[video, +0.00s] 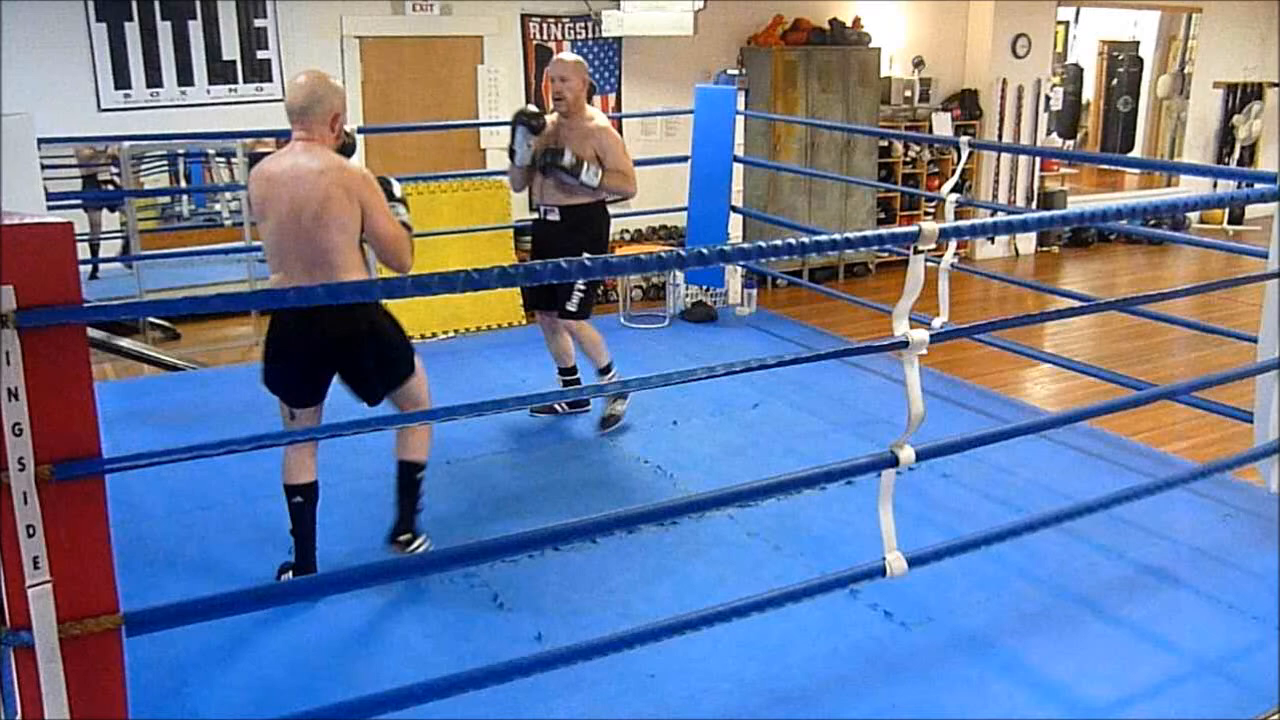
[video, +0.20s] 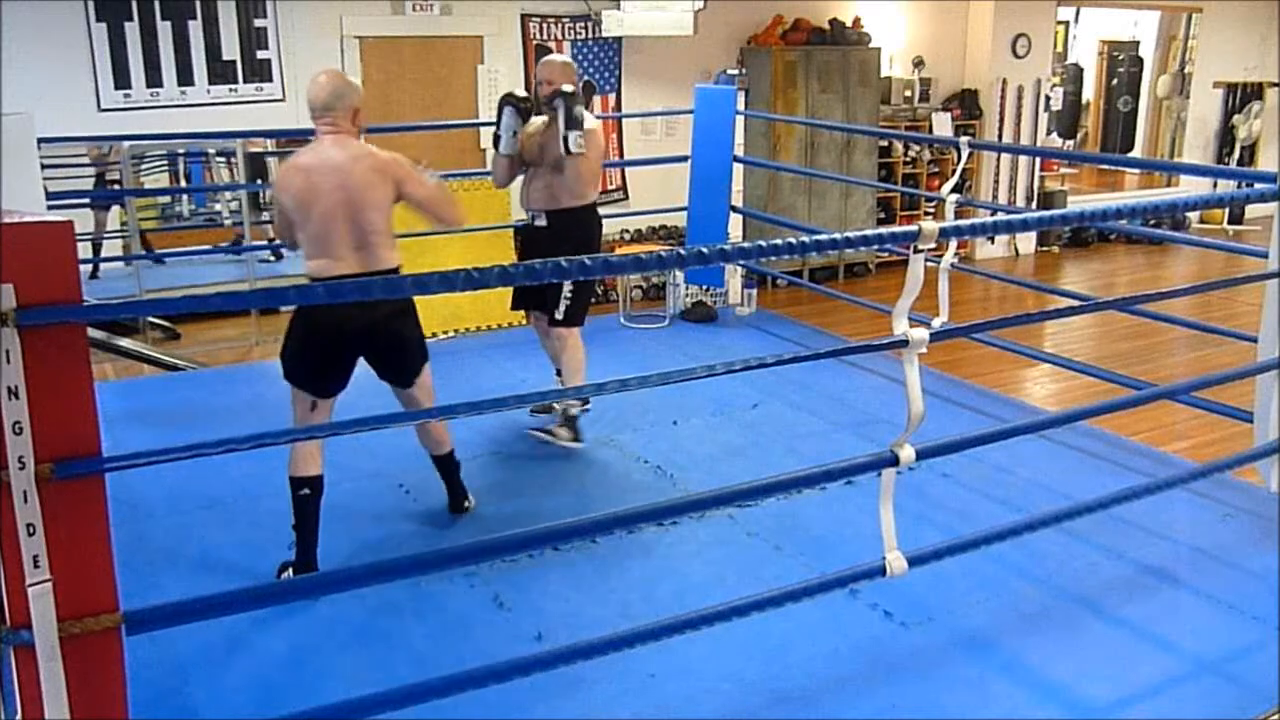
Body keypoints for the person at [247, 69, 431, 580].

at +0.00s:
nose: (346, 125)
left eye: (344, 118)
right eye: (343, 117)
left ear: (291, 119)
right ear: (333, 119)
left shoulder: (261, 176)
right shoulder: (352, 178)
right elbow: (400, 257)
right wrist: (392, 212)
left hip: (292, 329)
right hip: (357, 322)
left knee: (300, 436)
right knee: (416, 408)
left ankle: (303, 559)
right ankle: (405, 529)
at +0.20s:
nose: (361, 117)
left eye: (355, 111)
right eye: (361, 110)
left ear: (311, 115)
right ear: (356, 113)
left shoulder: (289, 171)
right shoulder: (384, 163)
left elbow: (286, 236)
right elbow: (452, 216)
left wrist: (326, 202)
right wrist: (427, 181)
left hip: (323, 313)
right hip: (388, 306)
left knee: (308, 430)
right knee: (424, 410)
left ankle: (305, 559)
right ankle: (458, 496)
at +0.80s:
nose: (360, 134)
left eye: (357, 127)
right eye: (358, 127)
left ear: (306, 134)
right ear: (349, 130)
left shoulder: (283, 188)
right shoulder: (378, 179)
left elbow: (280, 265)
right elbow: (428, 241)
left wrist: (317, 225)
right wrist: (414, 197)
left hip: (316, 322)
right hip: (380, 316)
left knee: (288, 435)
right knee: (419, 410)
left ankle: (288, 564)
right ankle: (461, 504)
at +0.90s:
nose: (343, 130)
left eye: (340, 124)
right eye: (342, 123)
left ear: (291, 126)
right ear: (334, 124)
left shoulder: (261, 178)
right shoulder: (356, 170)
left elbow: (267, 240)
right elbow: (408, 236)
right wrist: (392, 184)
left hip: (294, 318)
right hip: (361, 312)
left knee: (276, 437)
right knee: (406, 416)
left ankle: (283, 566)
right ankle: (447, 508)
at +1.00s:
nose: (341, 117)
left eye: (339, 110)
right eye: (339, 109)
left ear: (287, 110)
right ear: (329, 109)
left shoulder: (252, 161)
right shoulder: (347, 157)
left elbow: (269, 223)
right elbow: (394, 231)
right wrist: (395, 177)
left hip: (284, 312)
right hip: (349, 304)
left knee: (279, 434)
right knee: (394, 417)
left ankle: (280, 565)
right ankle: (424, 527)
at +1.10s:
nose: (342, 117)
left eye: (342, 110)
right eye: (341, 110)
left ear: (288, 108)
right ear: (329, 109)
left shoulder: (250, 161)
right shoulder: (345, 160)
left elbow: (260, 231)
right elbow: (386, 239)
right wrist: (398, 188)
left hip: (279, 312)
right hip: (347, 305)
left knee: (274, 434)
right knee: (394, 418)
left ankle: (277, 564)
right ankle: (426, 531)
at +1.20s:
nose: (350, 126)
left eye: (350, 117)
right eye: (348, 118)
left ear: (296, 117)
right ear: (332, 118)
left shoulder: (255, 172)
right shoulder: (347, 168)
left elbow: (253, 258)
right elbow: (379, 251)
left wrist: (298, 226)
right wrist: (400, 211)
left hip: (282, 320)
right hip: (349, 312)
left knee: (282, 436)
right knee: (405, 417)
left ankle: (281, 566)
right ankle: (435, 531)